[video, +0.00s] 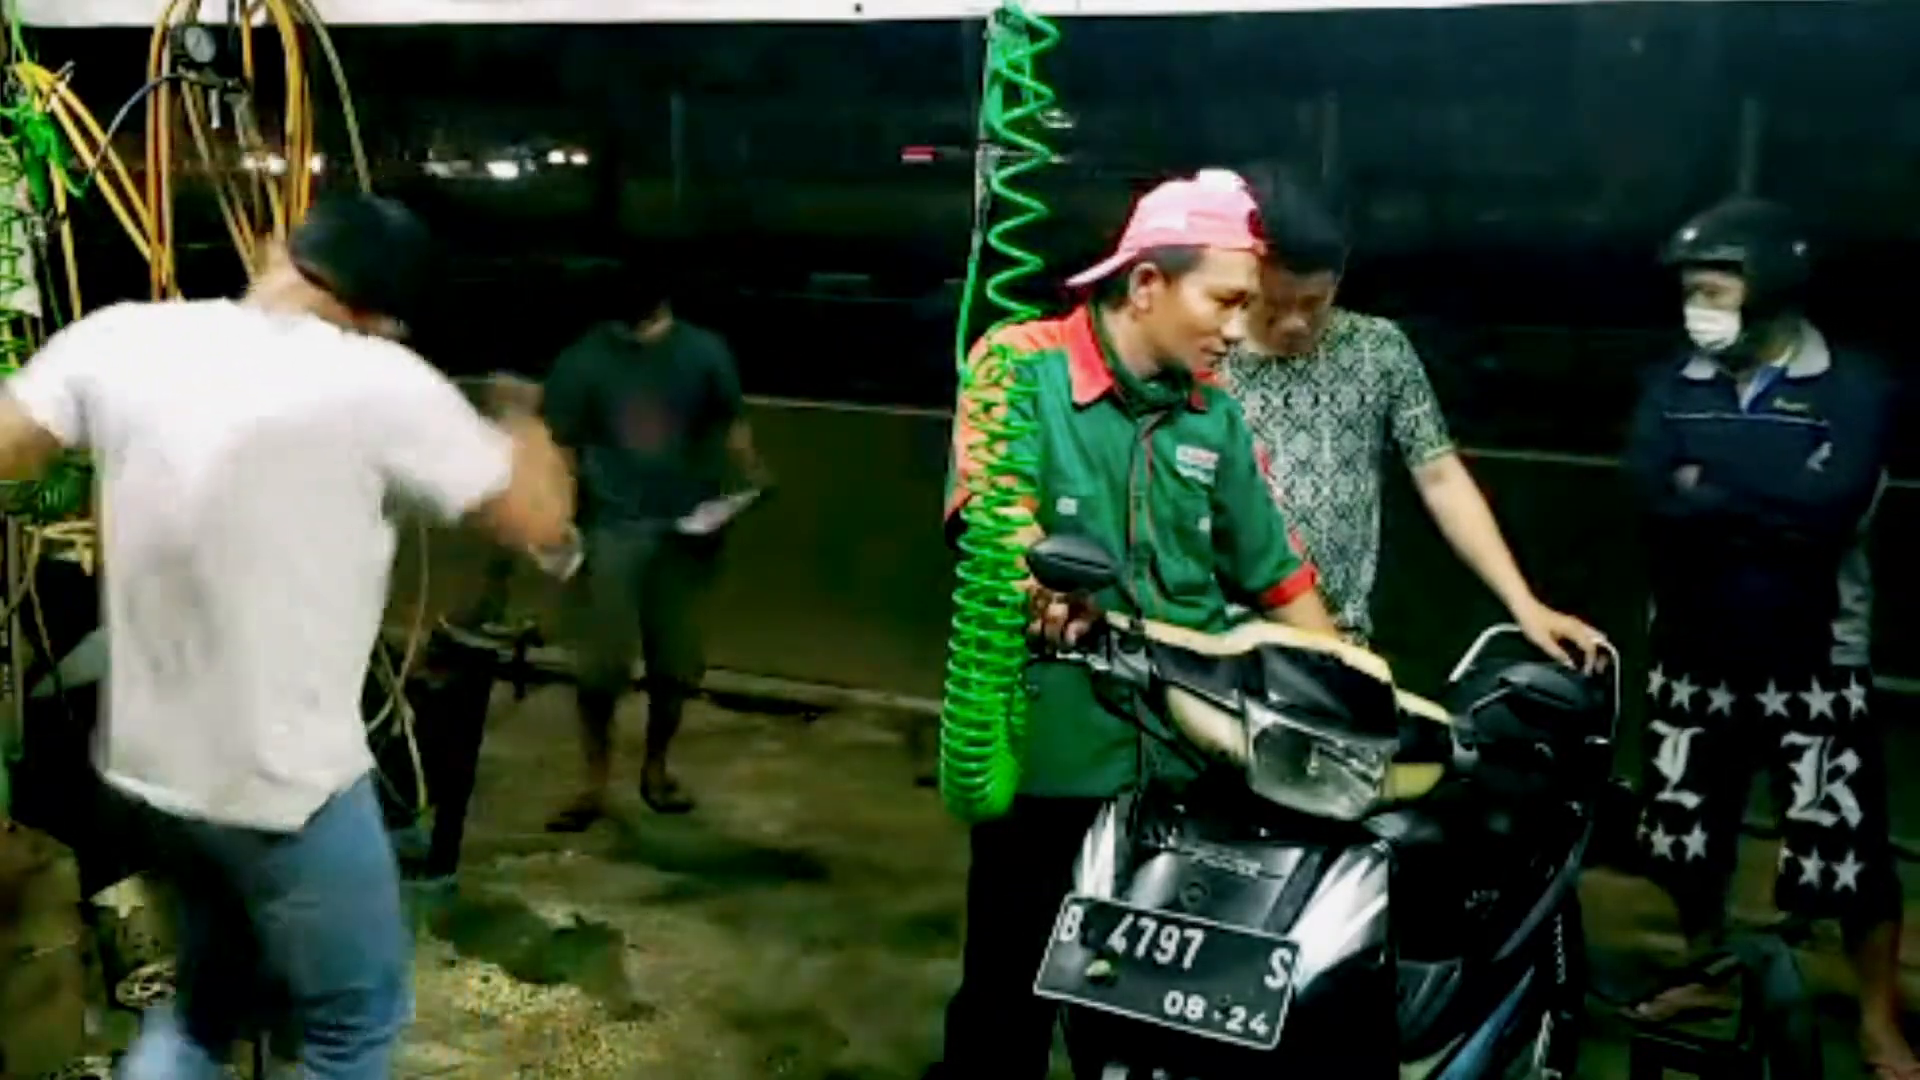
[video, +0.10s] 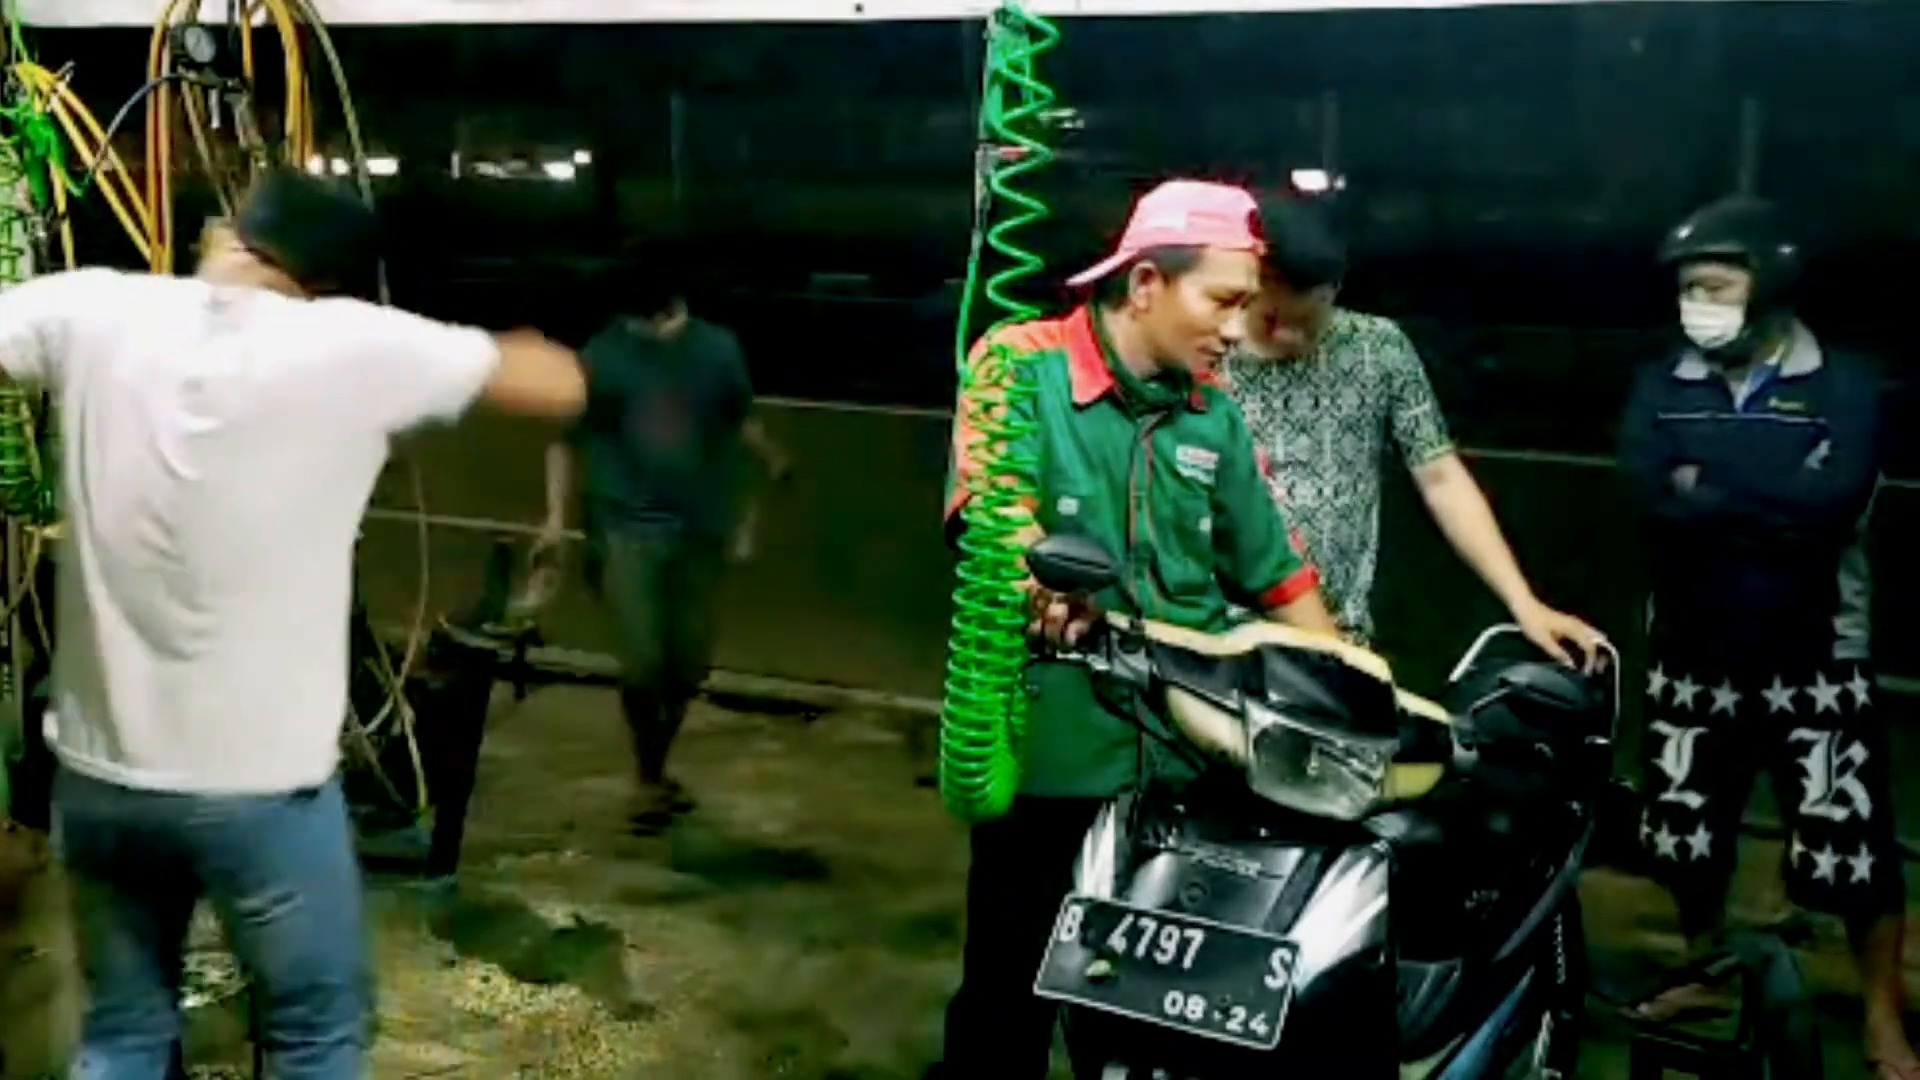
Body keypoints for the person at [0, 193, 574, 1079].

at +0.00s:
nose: (388, 341)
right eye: (393, 327)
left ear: (279, 258)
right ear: (375, 318)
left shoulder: (121, 338)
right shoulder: (380, 381)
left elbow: (9, 446)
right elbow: (537, 519)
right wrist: (528, 425)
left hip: (143, 767)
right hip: (291, 788)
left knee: (204, 1008)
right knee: (352, 1030)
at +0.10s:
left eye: (228, 225)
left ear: (233, 240)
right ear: (335, 282)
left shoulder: (92, 310)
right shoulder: (359, 344)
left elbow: (1, 326)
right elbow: (560, 383)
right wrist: (449, 347)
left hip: (102, 784)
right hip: (267, 795)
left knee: (123, 1031)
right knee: (314, 1037)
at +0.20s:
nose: (159, 239)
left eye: (169, 227)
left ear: (176, 238)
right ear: (283, 275)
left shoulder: (33, 316)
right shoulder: (316, 335)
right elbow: (512, 380)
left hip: (73, 797)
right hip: (247, 795)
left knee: (105, 1046)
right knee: (310, 1020)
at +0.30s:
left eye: (118, 274)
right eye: (262, 321)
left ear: (131, 273)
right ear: (256, 308)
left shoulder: (16, 370)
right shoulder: (265, 373)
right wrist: (421, 474)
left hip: (30, 810)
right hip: (205, 804)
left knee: (102, 1050)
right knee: (352, 945)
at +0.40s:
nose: (242, 352)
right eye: (245, 334)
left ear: (107, 303)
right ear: (229, 325)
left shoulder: (16, 413)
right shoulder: (232, 400)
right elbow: (299, 613)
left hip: (31, 832)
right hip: (188, 818)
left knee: (104, 1058)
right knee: (369, 909)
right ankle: (319, 1066)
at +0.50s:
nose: (231, 353)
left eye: (236, 334)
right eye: (234, 329)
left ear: (110, 304)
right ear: (202, 306)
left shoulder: (18, 411)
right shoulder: (181, 388)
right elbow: (214, 565)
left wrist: (306, 565)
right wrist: (293, 732)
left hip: (35, 831)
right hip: (164, 821)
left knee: (121, 1057)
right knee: (366, 917)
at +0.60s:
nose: (254, 336)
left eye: (265, 320)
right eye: (255, 314)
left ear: (142, 271)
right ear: (216, 269)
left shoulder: (47, 364)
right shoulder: (177, 336)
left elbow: (222, 422)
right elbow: (136, 478)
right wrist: (251, 651)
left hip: (54, 790)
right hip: (192, 784)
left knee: (122, 1046)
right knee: (344, 993)